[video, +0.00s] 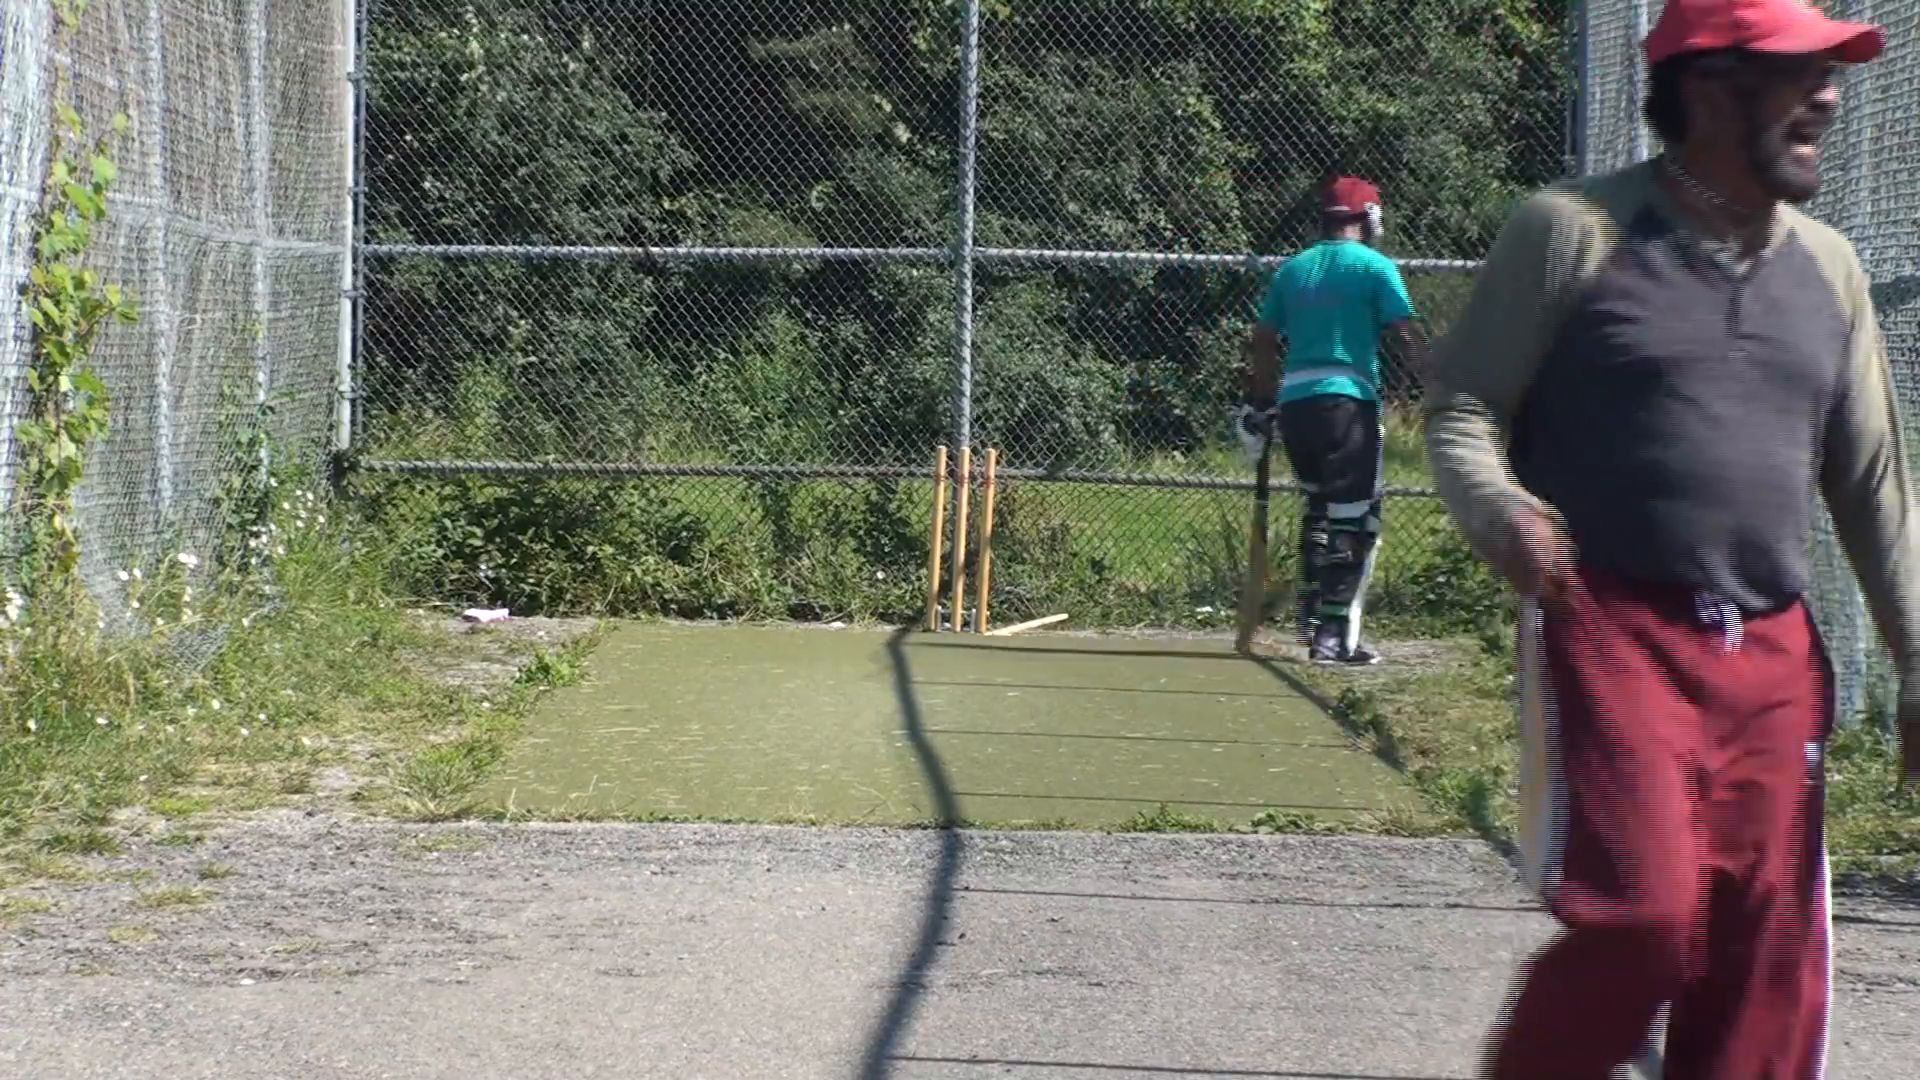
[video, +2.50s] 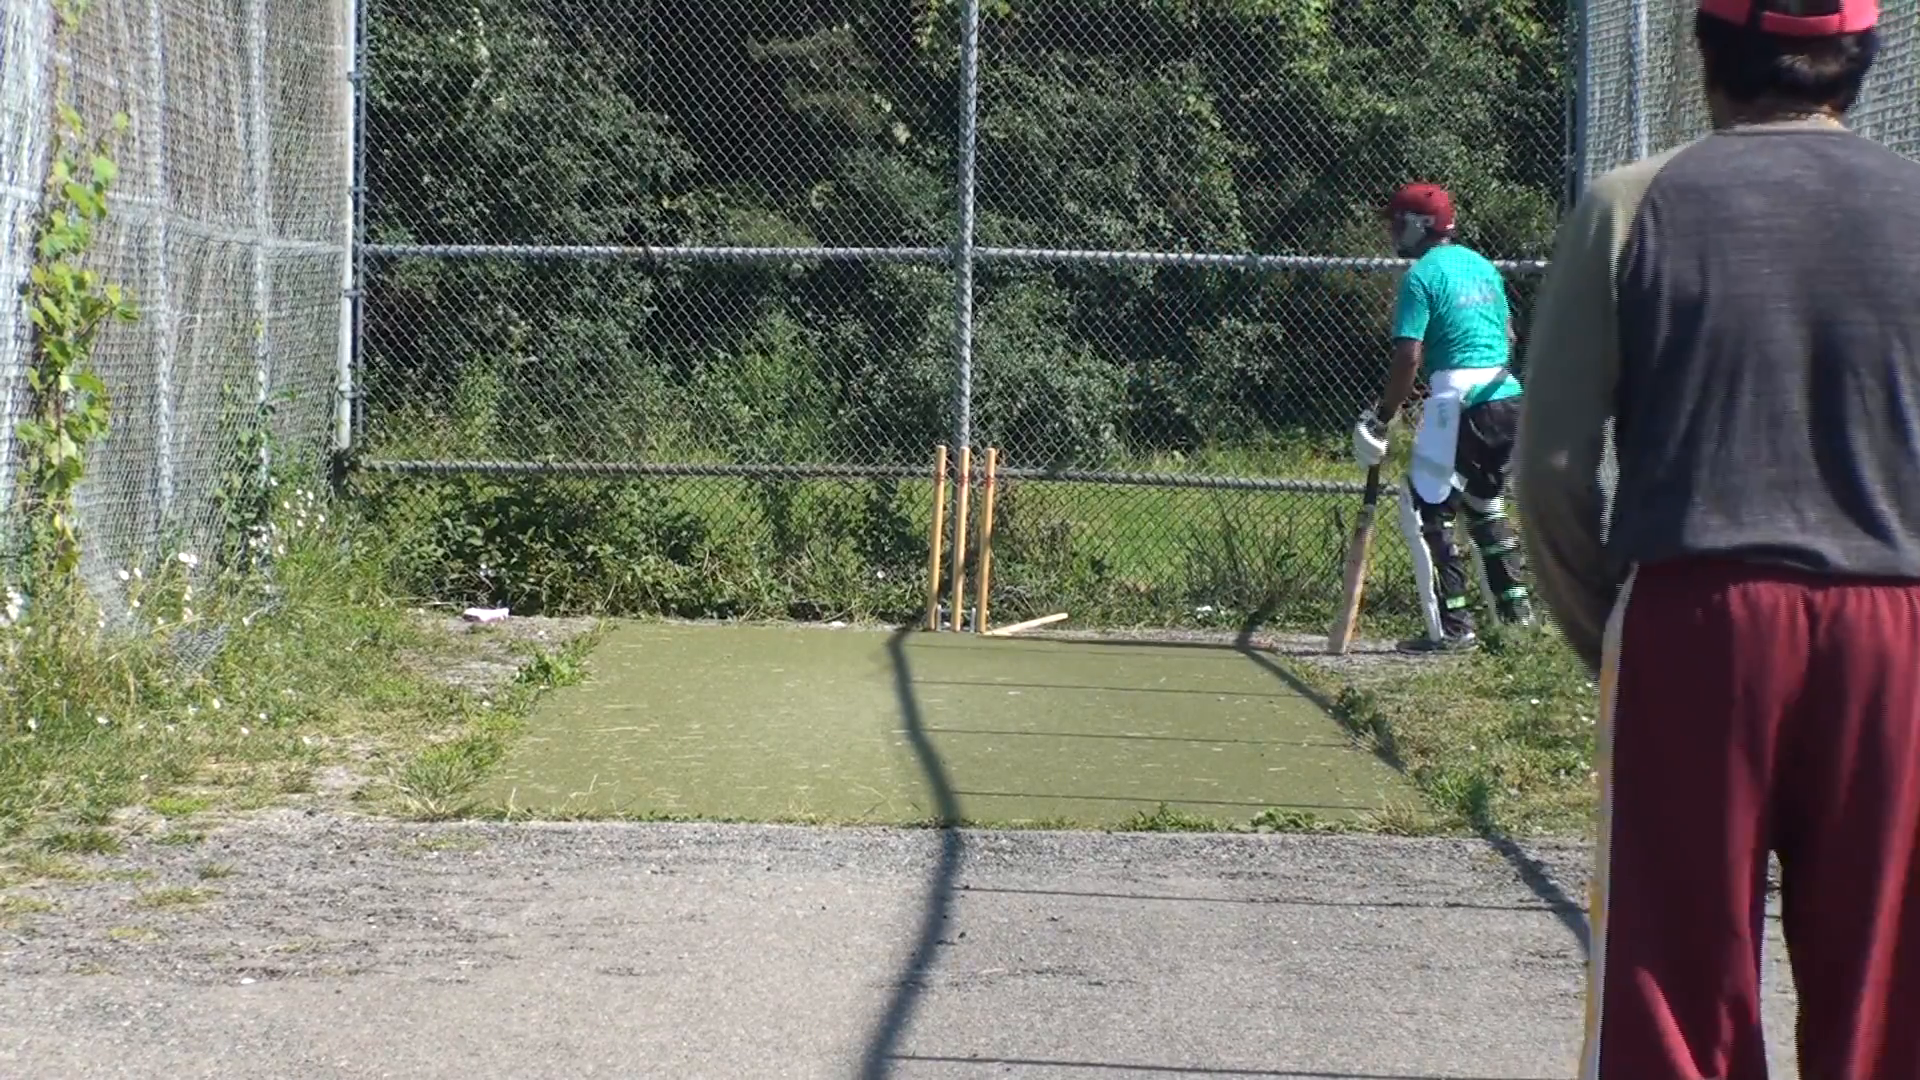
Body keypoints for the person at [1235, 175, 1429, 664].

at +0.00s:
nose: (1380, 227)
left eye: (1377, 220)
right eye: (1377, 220)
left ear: (1327, 222)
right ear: (1367, 221)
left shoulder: (1293, 268)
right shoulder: (1376, 265)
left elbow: (1261, 342)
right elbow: (1407, 338)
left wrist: (1259, 405)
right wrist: (1436, 389)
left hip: (1295, 406)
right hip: (1346, 403)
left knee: (1318, 505)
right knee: (1350, 519)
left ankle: (1312, 616)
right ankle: (1331, 637)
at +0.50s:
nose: (1433, 238)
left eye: (1429, 233)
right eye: (1431, 232)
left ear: (1381, 235)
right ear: (1426, 233)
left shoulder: (1353, 274)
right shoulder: (1445, 271)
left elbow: (1325, 343)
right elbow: (1480, 340)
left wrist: (1311, 412)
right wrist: (1492, 404)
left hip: (1366, 411)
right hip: (1422, 407)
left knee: (1380, 512)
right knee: (1456, 507)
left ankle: (1381, 633)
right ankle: (1427, 597)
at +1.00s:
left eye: (1441, 307)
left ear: (1446, 306)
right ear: (1482, 311)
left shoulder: (1435, 313)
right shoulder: (1506, 331)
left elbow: (1405, 354)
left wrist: (1368, 416)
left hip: (1475, 403)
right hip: (1528, 404)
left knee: (1426, 514)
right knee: (1508, 508)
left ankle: (1409, 623)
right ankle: (1527, 611)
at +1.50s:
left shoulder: (1456, 393)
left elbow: (1431, 370)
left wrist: (1395, 425)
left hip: (1500, 413)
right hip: (1558, 418)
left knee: (1490, 517)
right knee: (1527, 513)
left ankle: (1497, 616)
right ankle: (1537, 609)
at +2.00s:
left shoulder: (1439, 328)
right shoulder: (1499, 343)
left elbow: (1424, 362)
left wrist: (1392, 424)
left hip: (1497, 396)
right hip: (1540, 393)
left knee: (1454, 503)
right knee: (1517, 501)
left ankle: (1479, 604)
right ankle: (1528, 606)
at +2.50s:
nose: (1391, 232)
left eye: (1397, 223)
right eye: (1392, 222)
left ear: (1419, 225)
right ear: (1442, 226)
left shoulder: (1420, 275)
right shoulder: (1482, 264)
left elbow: (1408, 358)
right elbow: (1507, 333)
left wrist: (1382, 418)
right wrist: (1450, 382)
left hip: (1459, 409)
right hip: (1505, 402)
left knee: (1428, 508)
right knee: (1485, 504)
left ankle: (1452, 625)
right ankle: (1517, 611)